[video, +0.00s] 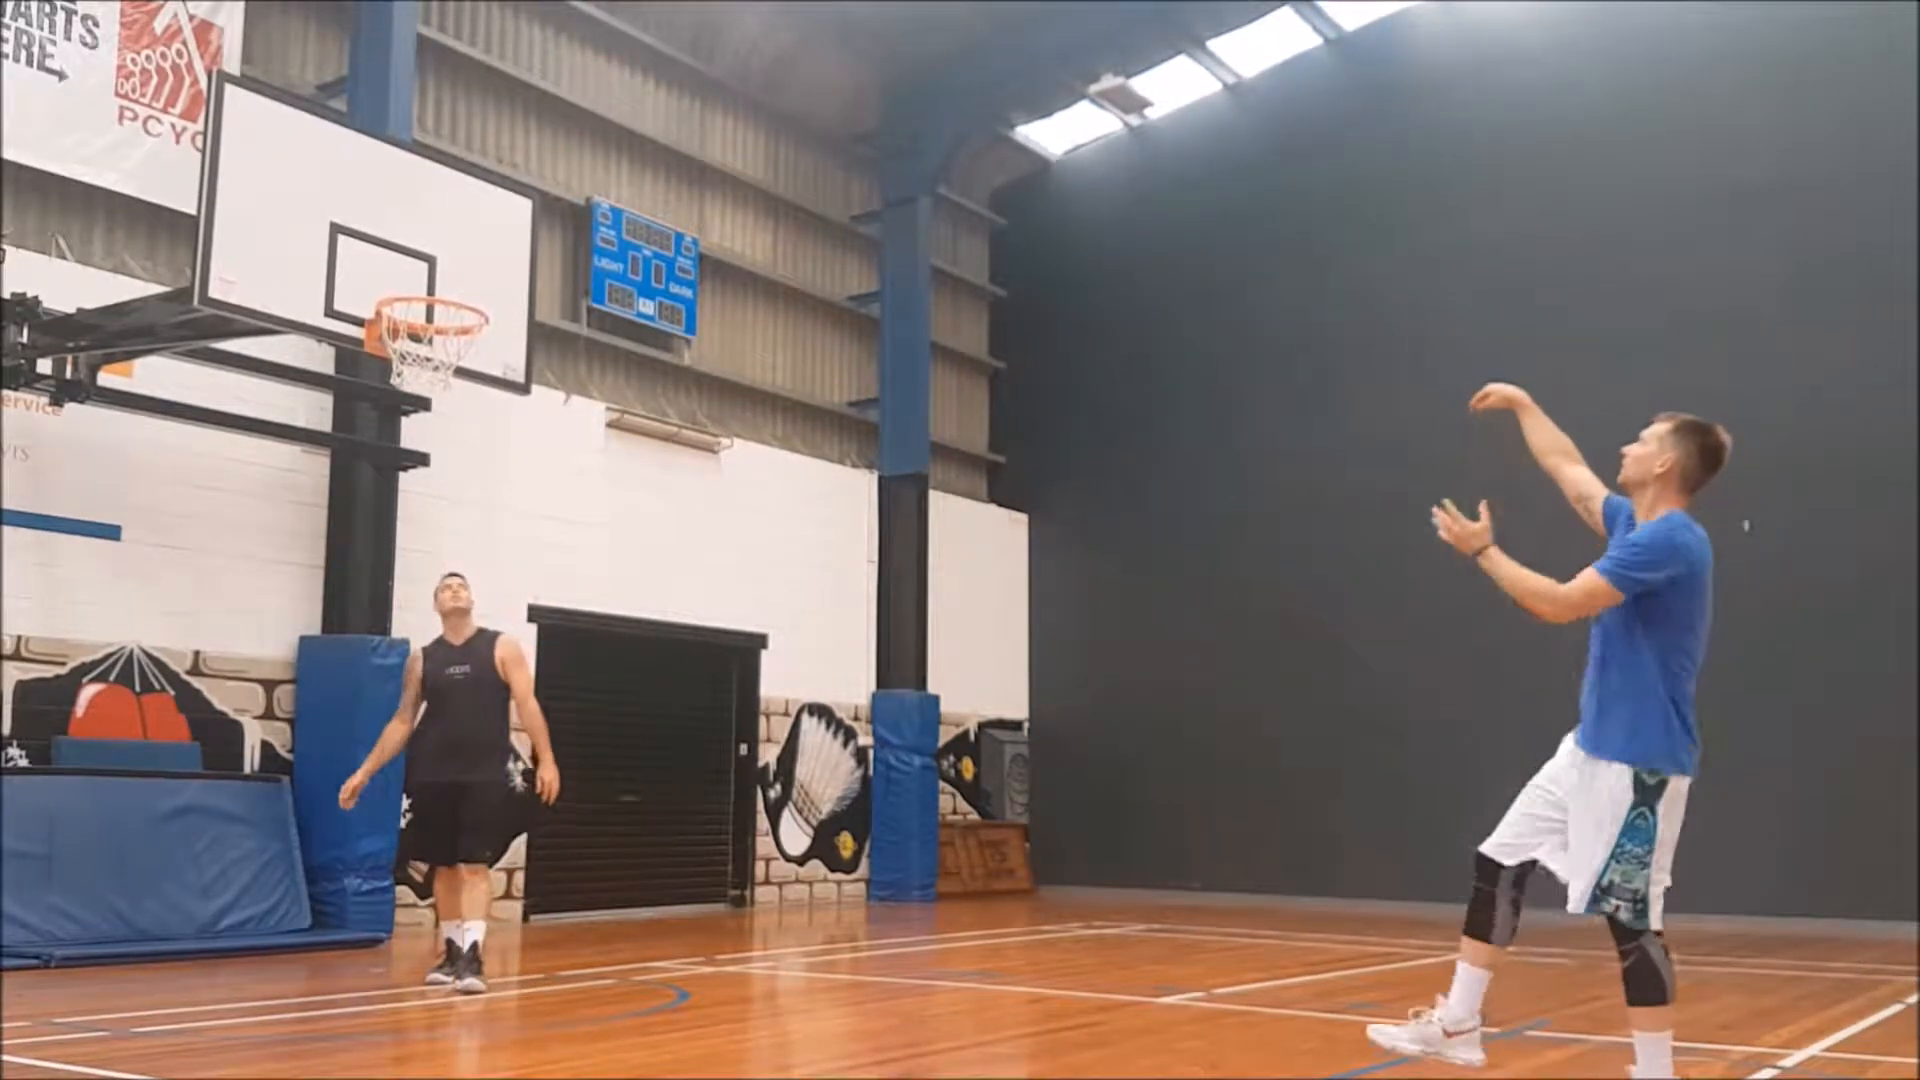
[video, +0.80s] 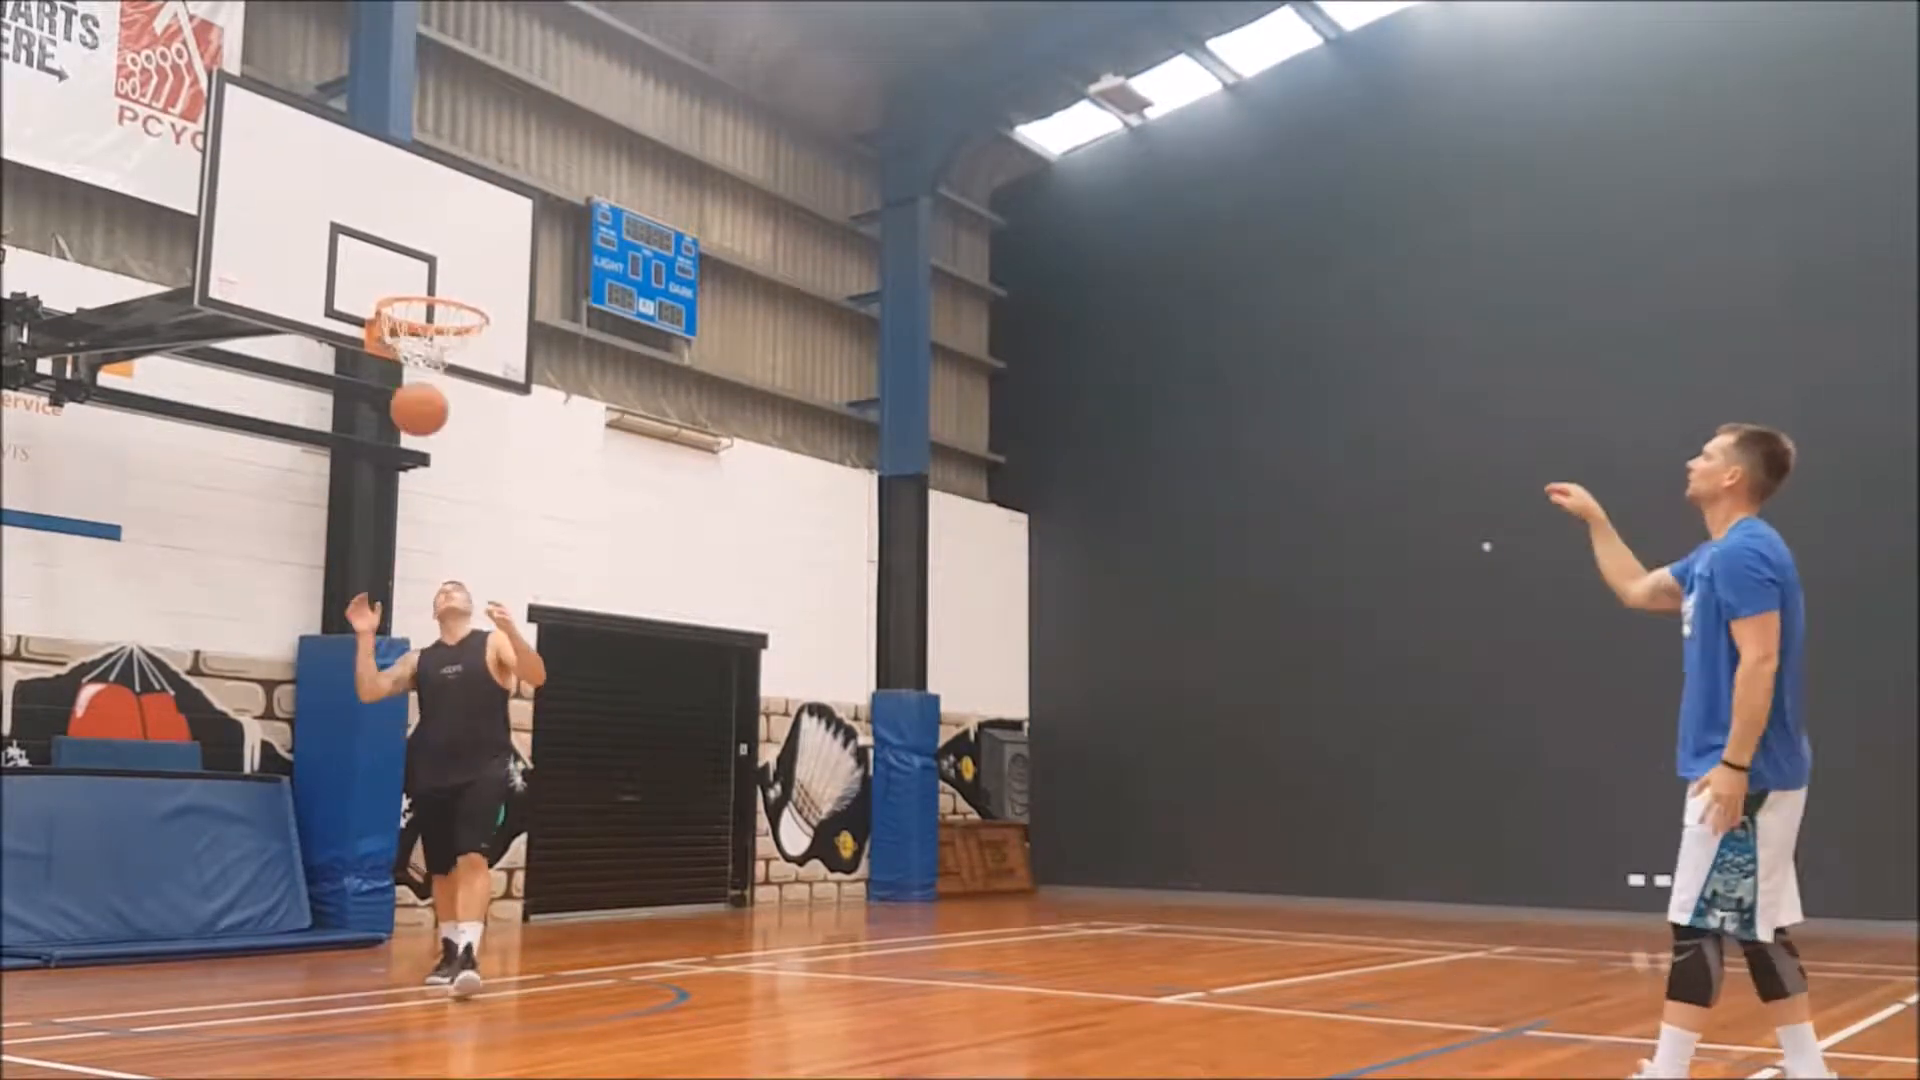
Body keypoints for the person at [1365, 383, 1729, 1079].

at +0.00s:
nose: (1628, 445)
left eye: (1644, 439)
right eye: (1639, 436)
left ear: (1669, 464)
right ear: (1665, 466)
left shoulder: (1673, 540)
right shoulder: (1629, 520)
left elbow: (1562, 603)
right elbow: (1570, 470)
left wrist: (1482, 551)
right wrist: (1523, 403)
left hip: (1642, 763)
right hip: (1588, 748)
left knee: (1631, 915)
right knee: (1500, 863)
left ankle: (1654, 1069)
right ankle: (1457, 1021)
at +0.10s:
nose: (1627, 449)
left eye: (1642, 443)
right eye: (1636, 440)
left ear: (1671, 468)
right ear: (1666, 468)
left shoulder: (1675, 544)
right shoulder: (1632, 523)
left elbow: (1591, 637)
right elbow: (1572, 473)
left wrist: (1489, 617)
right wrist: (1525, 410)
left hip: (1653, 765)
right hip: (1601, 752)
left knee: (1638, 918)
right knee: (1528, 880)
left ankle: (1655, 1069)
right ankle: (1446, 1020)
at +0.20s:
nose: (1628, 448)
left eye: (1644, 441)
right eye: (1638, 439)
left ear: (1673, 465)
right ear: (1669, 468)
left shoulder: (1676, 545)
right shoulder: (1634, 524)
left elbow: (1629, 656)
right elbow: (1576, 477)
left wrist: (1524, 693)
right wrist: (1527, 417)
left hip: (1660, 767)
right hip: (1609, 755)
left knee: (1646, 917)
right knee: (1549, 892)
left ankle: (1655, 1070)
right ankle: (1481, 1034)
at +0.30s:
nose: (1631, 451)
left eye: (1644, 443)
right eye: (1640, 441)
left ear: (1673, 464)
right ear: (1671, 466)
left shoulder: (1679, 546)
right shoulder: (1640, 526)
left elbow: (1659, 663)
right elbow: (1581, 480)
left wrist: (1603, 753)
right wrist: (1531, 423)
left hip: (1668, 767)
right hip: (1621, 758)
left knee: (1651, 920)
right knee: (1570, 898)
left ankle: (1656, 1069)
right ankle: (1558, 1055)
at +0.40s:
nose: (1639, 451)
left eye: (1653, 443)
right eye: (1647, 441)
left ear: (1681, 465)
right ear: (1677, 467)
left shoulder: (1685, 548)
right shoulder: (1644, 527)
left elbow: (1690, 665)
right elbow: (1586, 483)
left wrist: (1689, 772)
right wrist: (1536, 428)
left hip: (1669, 771)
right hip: (1625, 760)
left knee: (1650, 919)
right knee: (1595, 905)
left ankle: (1659, 1067)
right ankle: (1646, 1050)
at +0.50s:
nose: (1650, 450)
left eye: (1664, 444)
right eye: (1659, 442)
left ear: (1692, 469)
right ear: (1689, 472)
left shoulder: (1698, 546)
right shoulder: (1657, 531)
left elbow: (1727, 660)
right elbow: (1591, 487)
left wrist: (1738, 767)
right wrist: (1540, 432)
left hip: (1682, 771)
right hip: (1647, 763)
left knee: (1657, 924)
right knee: (1644, 918)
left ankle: (1654, 1071)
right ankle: (1748, 1055)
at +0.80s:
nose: (1691, 463)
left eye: (1703, 456)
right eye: (1698, 454)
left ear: (1735, 477)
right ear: (1735, 480)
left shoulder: (1743, 550)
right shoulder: (1719, 555)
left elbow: (1760, 661)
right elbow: (1635, 586)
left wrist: (1735, 765)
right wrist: (1594, 517)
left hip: (1739, 775)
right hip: (1752, 773)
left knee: (1695, 924)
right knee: (1761, 927)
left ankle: (1665, 1070)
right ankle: (1806, 1065)